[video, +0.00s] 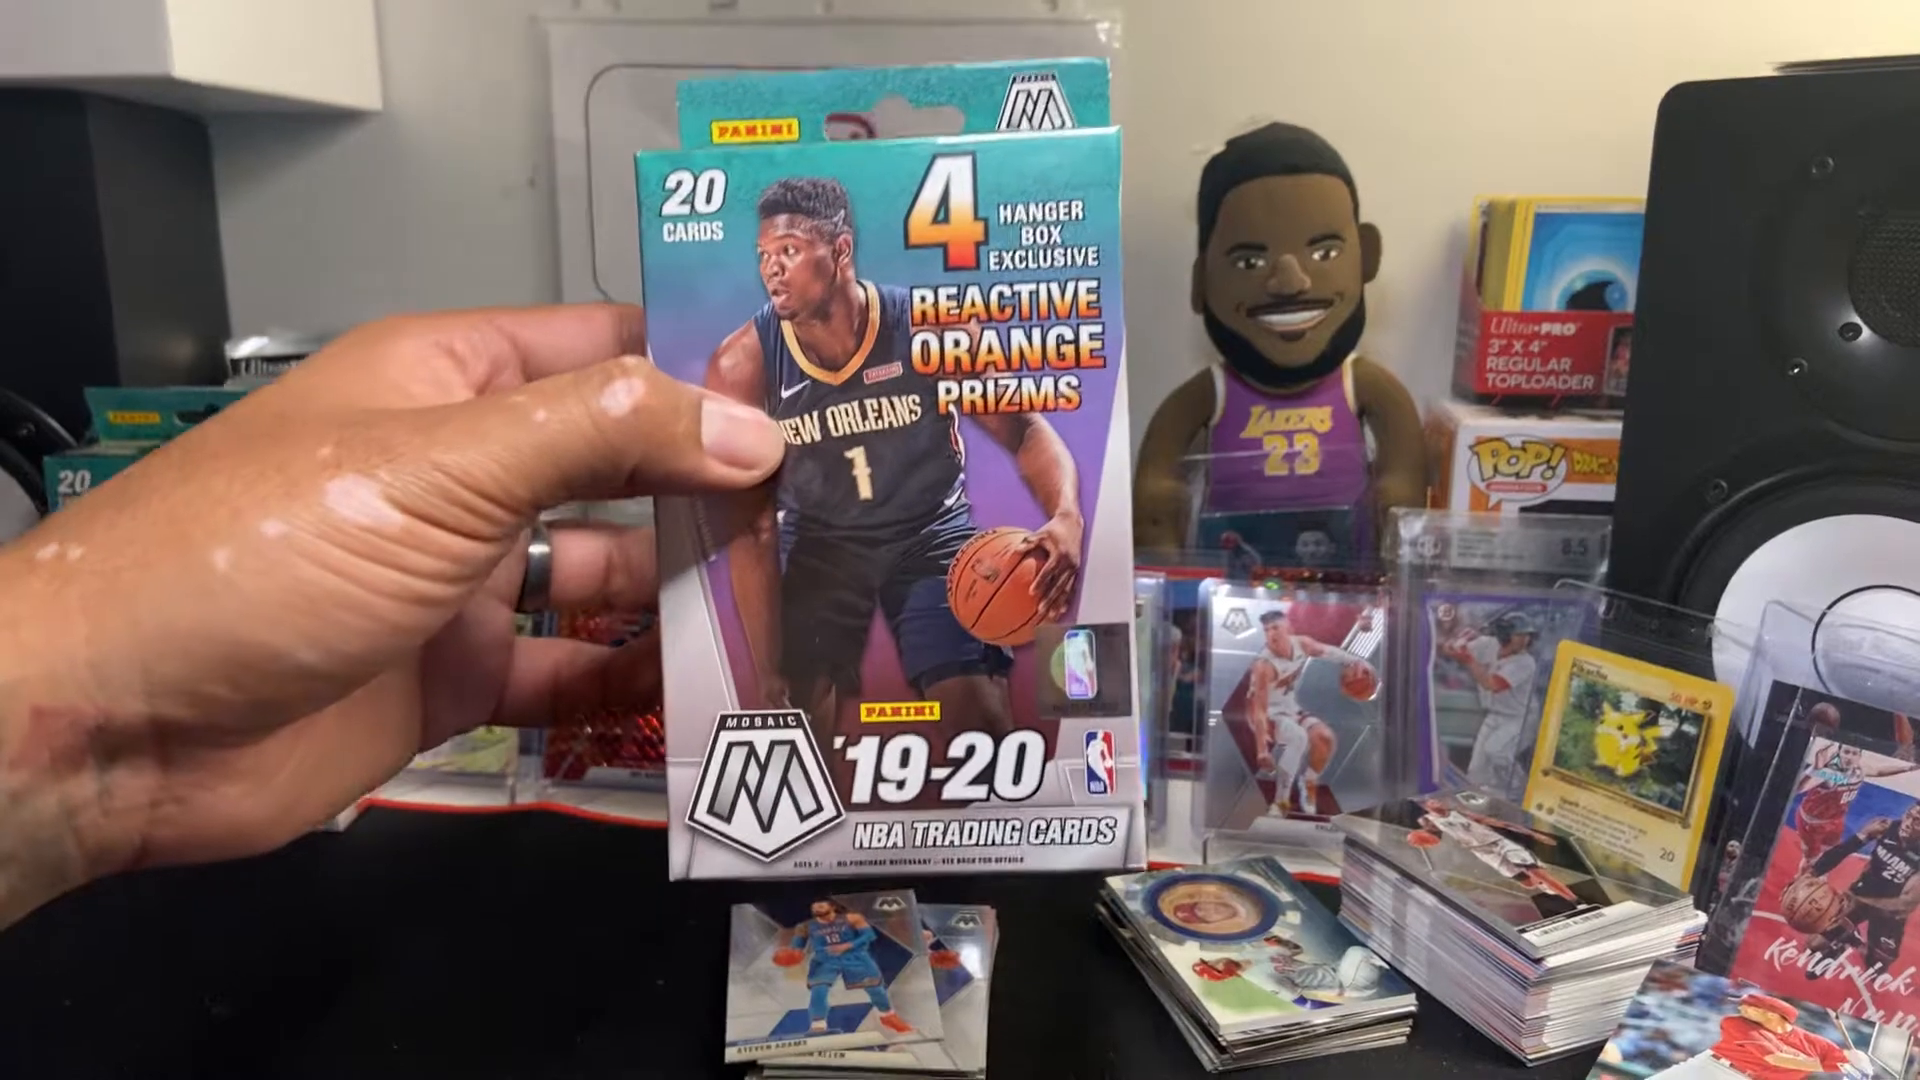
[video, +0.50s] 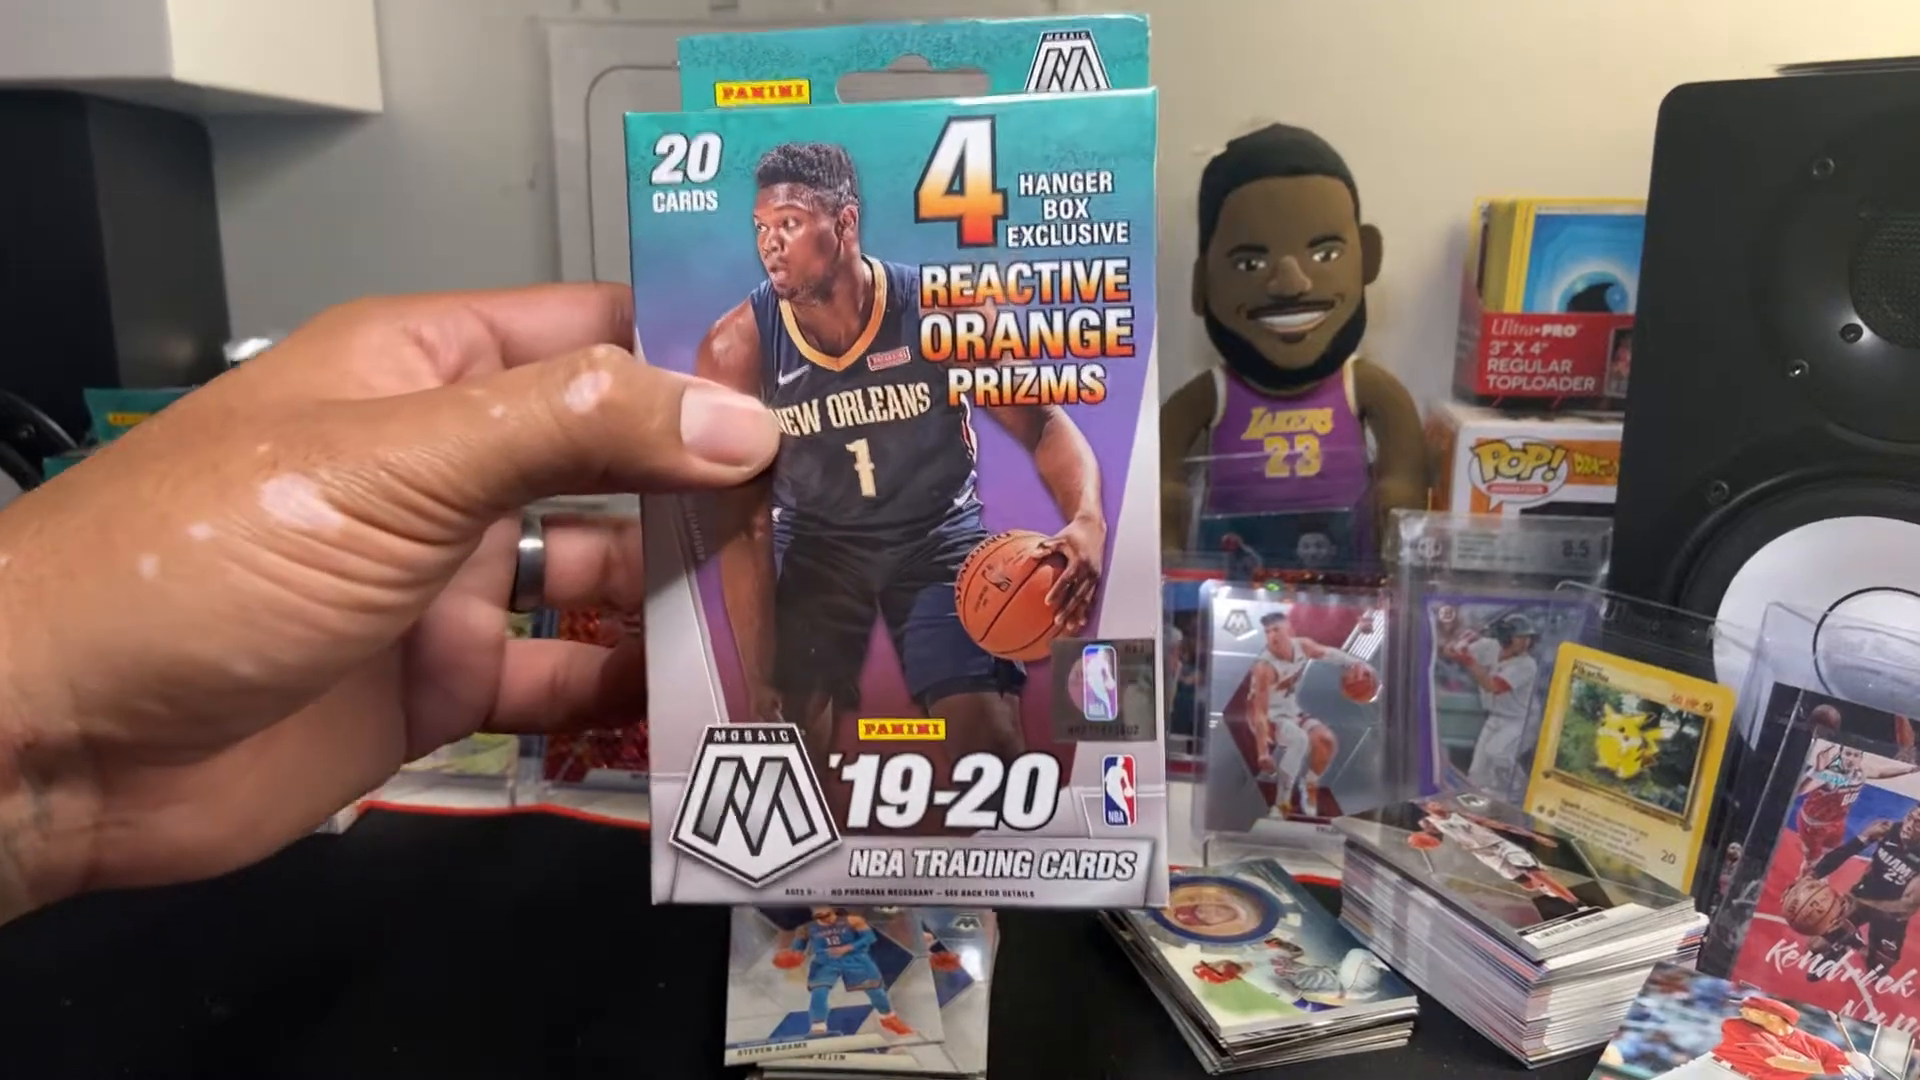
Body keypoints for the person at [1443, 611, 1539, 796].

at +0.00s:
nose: (1526, 640)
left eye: (1527, 636)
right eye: (1521, 635)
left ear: (1529, 638)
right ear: (1507, 636)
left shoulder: (1526, 663)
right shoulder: (1488, 644)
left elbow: (1494, 684)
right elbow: (1451, 650)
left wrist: (1470, 661)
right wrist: (1456, 645)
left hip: (1519, 720)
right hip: (1494, 717)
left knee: (1494, 751)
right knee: (1477, 768)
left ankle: (1521, 791)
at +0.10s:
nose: (1526, 639)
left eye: (1527, 634)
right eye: (1521, 633)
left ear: (1530, 636)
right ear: (1507, 635)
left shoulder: (1526, 661)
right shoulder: (1488, 643)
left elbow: (1494, 683)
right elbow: (1451, 648)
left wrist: (1470, 659)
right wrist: (1457, 642)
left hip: (1519, 719)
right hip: (1494, 715)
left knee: (1495, 748)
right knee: (1477, 767)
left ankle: (1520, 788)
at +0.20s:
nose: (1526, 642)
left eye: (1528, 637)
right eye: (1520, 637)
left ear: (1530, 640)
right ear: (1507, 638)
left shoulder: (1526, 664)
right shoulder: (1489, 647)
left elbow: (1494, 686)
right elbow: (1458, 651)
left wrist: (1470, 663)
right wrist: (1456, 647)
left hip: (1520, 722)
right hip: (1494, 718)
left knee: (1495, 752)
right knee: (1477, 769)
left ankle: (1520, 790)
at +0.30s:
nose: (1526, 640)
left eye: (1528, 635)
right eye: (1521, 635)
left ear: (1530, 638)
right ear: (1508, 637)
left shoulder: (1526, 663)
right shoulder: (1489, 645)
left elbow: (1494, 684)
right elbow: (1452, 649)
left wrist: (1470, 660)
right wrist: (1458, 644)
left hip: (1519, 720)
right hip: (1494, 716)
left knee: (1495, 750)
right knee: (1477, 766)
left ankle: (1521, 790)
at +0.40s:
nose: (1526, 639)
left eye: (1528, 635)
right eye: (1521, 634)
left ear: (1530, 637)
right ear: (1507, 635)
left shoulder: (1527, 661)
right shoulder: (1489, 644)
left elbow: (1493, 683)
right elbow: (1452, 649)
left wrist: (1470, 660)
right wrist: (1455, 644)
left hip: (1519, 720)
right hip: (1494, 716)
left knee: (1495, 750)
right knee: (1477, 765)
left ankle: (1521, 788)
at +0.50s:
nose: (1526, 642)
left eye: (1528, 638)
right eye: (1522, 637)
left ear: (1530, 640)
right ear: (1508, 639)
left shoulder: (1527, 665)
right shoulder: (1490, 648)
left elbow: (1494, 686)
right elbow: (1460, 653)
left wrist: (1470, 663)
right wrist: (1455, 648)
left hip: (1519, 723)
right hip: (1495, 719)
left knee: (1496, 753)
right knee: (1479, 763)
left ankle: (1520, 790)